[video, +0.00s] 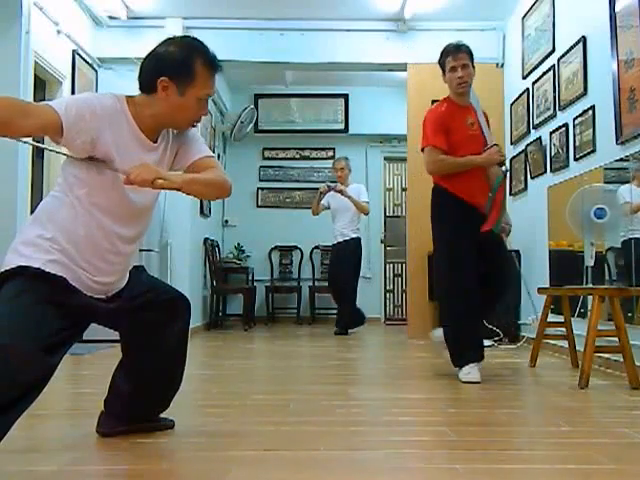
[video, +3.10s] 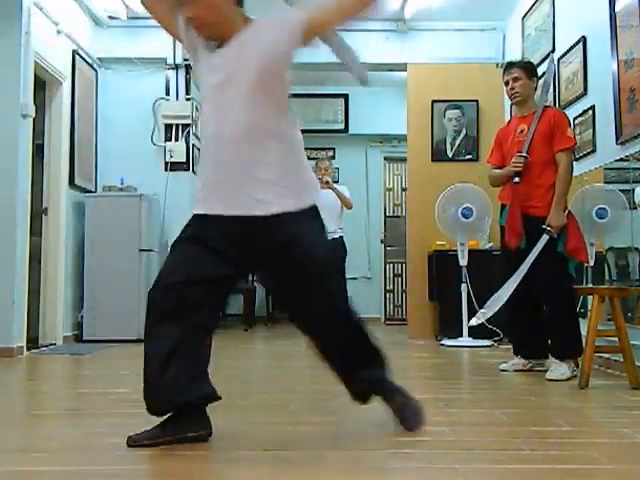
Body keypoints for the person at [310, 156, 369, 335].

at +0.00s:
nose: (339, 173)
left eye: (342, 169)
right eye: (336, 170)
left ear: (349, 171)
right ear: (333, 172)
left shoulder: (357, 189)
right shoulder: (331, 193)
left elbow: (365, 210)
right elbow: (315, 211)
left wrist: (347, 195)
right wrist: (320, 195)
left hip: (352, 241)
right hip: (338, 242)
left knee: (347, 282)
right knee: (333, 282)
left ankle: (342, 324)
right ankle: (355, 315)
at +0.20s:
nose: (336, 173)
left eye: (339, 170)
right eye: (333, 170)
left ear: (346, 171)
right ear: (329, 172)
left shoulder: (355, 189)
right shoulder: (327, 193)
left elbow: (362, 208)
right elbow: (311, 209)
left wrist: (344, 193)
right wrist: (316, 191)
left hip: (349, 242)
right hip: (333, 243)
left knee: (344, 284)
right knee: (328, 284)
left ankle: (342, 324)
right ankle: (328, 322)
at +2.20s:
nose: (325, 171)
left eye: (328, 168)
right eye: (321, 168)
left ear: (332, 170)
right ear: (317, 171)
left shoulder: (341, 189)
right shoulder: (313, 192)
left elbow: (349, 206)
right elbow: (301, 207)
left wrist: (332, 189)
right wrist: (309, 189)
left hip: (336, 241)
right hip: (318, 243)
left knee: (338, 285)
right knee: (317, 286)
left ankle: (341, 324)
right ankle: (318, 323)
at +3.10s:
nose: (323, 173)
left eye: (326, 169)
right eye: (320, 170)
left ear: (332, 171)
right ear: (315, 172)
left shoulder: (339, 189)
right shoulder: (312, 190)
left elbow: (349, 205)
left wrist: (333, 188)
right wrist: (315, 187)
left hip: (335, 237)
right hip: (317, 238)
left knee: (338, 280)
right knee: (321, 280)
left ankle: (341, 313)